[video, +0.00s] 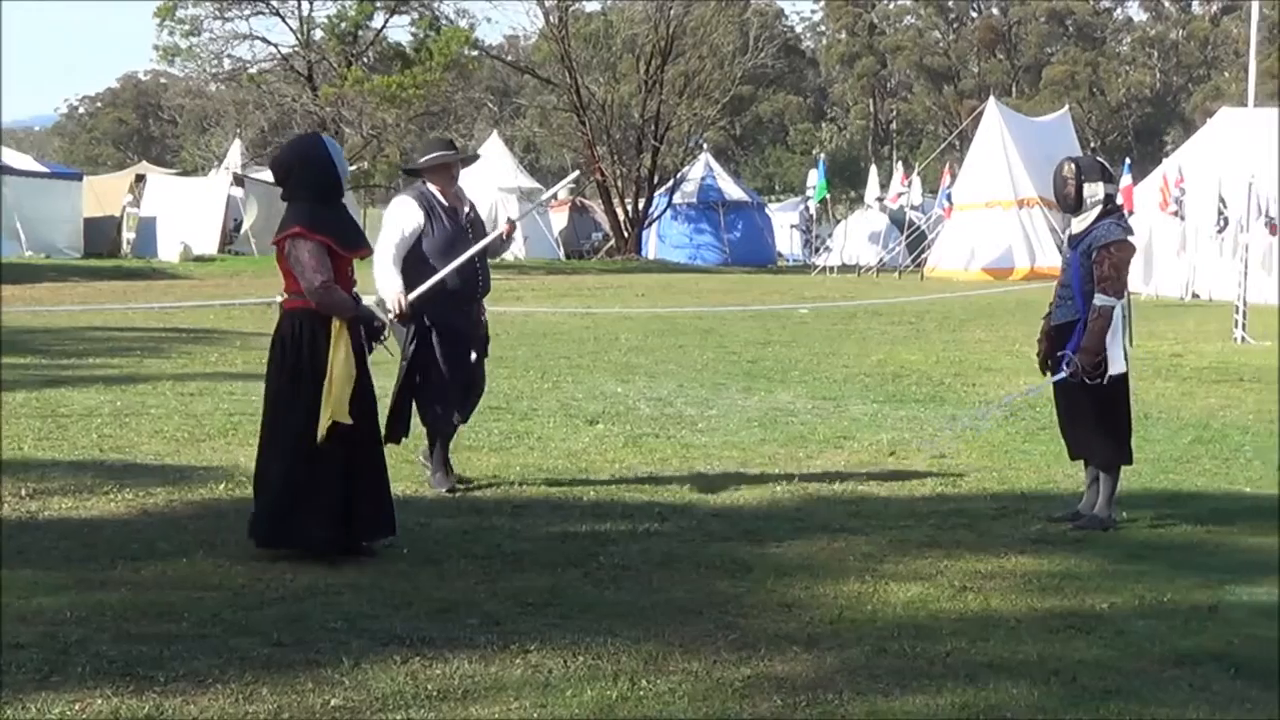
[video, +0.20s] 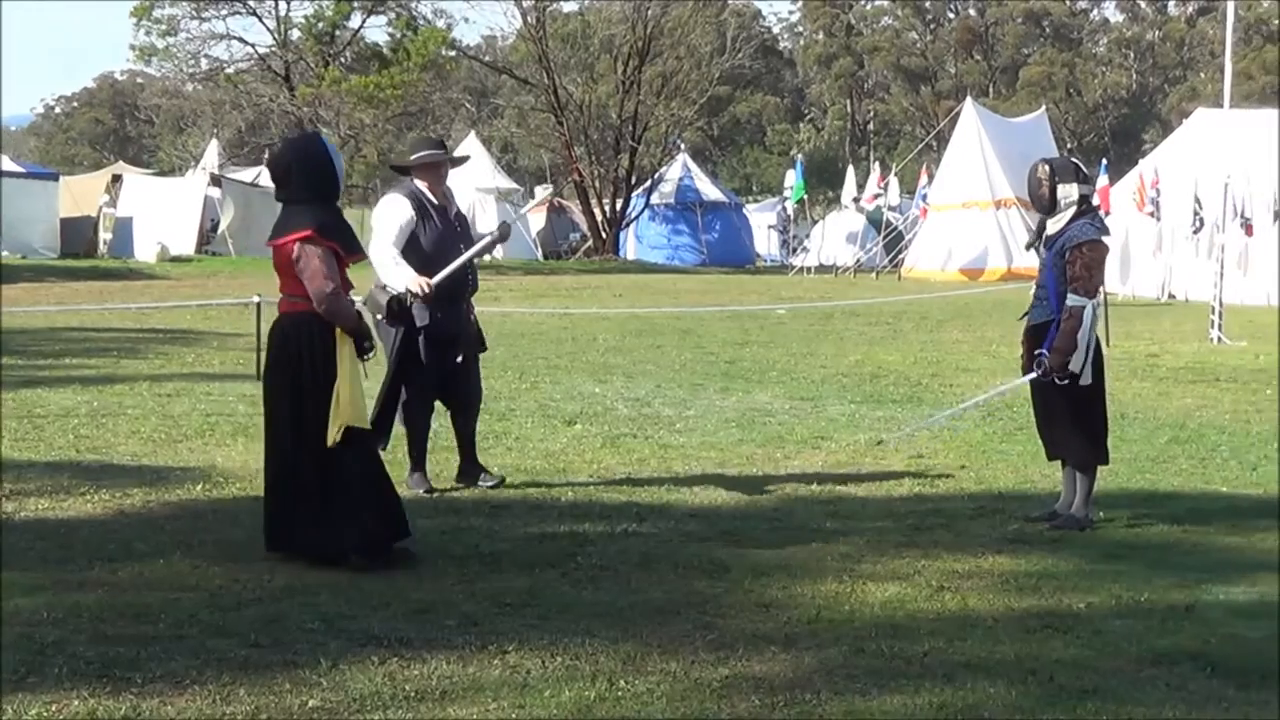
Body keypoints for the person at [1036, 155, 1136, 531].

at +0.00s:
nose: (1066, 190)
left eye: (1073, 183)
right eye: (1065, 183)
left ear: (1095, 187)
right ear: (1071, 188)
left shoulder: (1110, 234)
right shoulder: (1079, 231)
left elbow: (1107, 301)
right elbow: (1065, 289)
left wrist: (1089, 350)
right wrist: (1049, 330)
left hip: (1098, 337)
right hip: (1071, 336)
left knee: (1104, 420)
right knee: (1082, 419)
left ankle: (1104, 508)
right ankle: (1090, 501)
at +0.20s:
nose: (1042, 193)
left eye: (1049, 185)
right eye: (1041, 185)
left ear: (1070, 189)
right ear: (1066, 191)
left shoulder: (1085, 238)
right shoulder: (1059, 232)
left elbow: (1079, 305)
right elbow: (1046, 294)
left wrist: (1060, 352)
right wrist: (1032, 335)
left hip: (1074, 339)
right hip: (1050, 338)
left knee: (1080, 421)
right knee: (1060, 420)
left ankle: (1081, 508)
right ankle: (1067, 501)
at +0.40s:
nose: (1022, 194)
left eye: (1029, 186)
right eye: (1022, 186)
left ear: (1049, 189)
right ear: (1045, 192)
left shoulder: (1066, 238)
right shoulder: (1038, 232)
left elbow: (1059, 304)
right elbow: (1024, 288)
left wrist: (1042, 351)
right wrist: (1016, 340)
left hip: (1055, 335)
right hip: (1030, 334)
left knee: (1063, 419)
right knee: (1042, 418)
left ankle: (1064, 508)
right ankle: (1050, 501)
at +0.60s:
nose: (1014, 194)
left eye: (1020, 186)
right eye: (1013, 186)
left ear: (1040, 190)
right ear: (1039, 191)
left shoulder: (1057, 240)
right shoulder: (1034, 233)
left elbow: (1049, 305)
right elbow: (1021, 295)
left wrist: (1033, 353)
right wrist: (1005, 334)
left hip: (1045, 338)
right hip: (1022, 336)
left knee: (1053, 420)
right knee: (1033, 420)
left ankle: (1055, 508)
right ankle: (1041, 502)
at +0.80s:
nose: (1006, 194)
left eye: (1013, 187)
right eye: (1004, 186)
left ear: (1035, 190)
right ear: (1007, 191)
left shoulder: (1051, 237)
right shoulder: (1021, 232)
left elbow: (1043, 303)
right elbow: (1010, 292)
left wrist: (1025, 352)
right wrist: (994, 330)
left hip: (1036, 335)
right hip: (1011, 333)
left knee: (1045, 419)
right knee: (1024, 418)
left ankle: (1047, 508)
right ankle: (1032, 501)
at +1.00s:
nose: (1003, 193)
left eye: (1010, 187)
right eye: (1001, 186)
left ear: (1032, 190)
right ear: (1001, 191)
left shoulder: (1048, 236)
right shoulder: (1015, 231)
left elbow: (1046, 303)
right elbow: (1005, 285)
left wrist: (1028, 354)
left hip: (1036, 338)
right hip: (1008, 336)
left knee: (1043, 419)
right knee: (1021, 418)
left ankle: (1044, 508)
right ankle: (1029, 501)